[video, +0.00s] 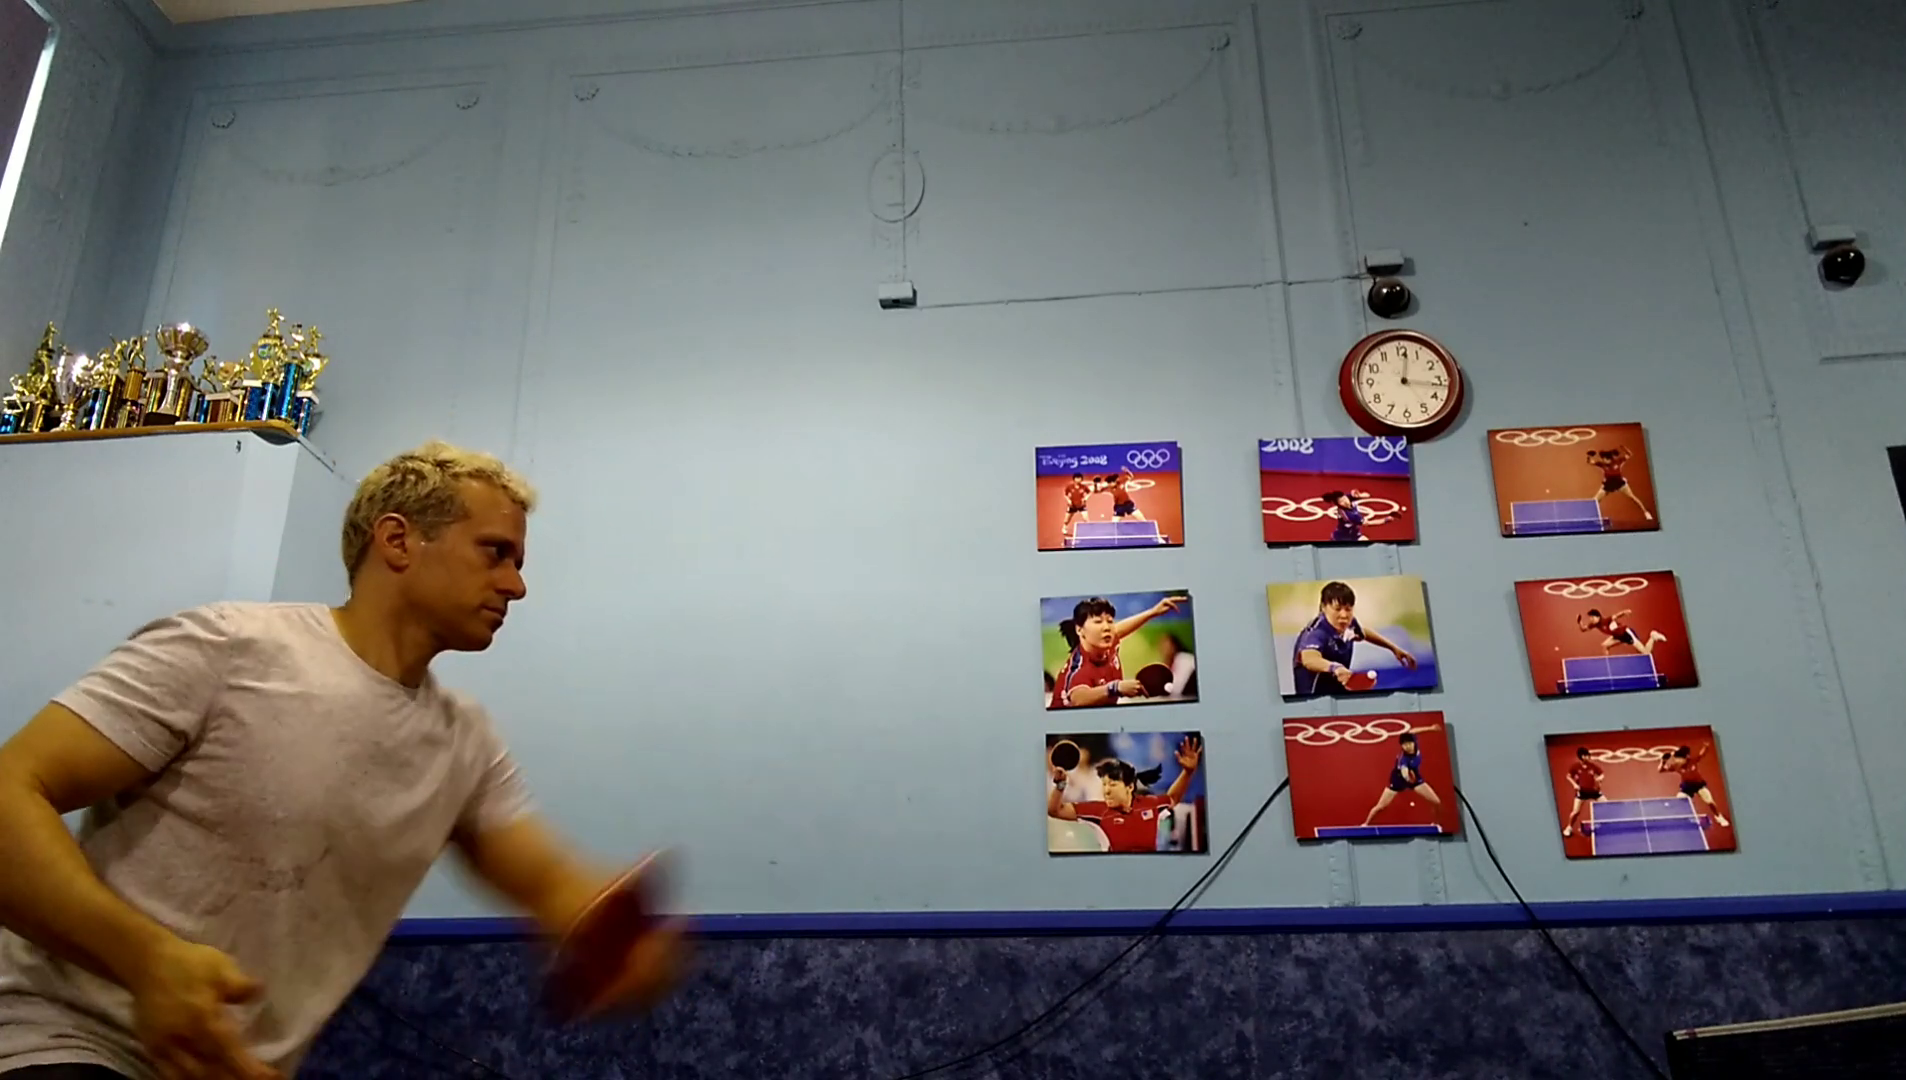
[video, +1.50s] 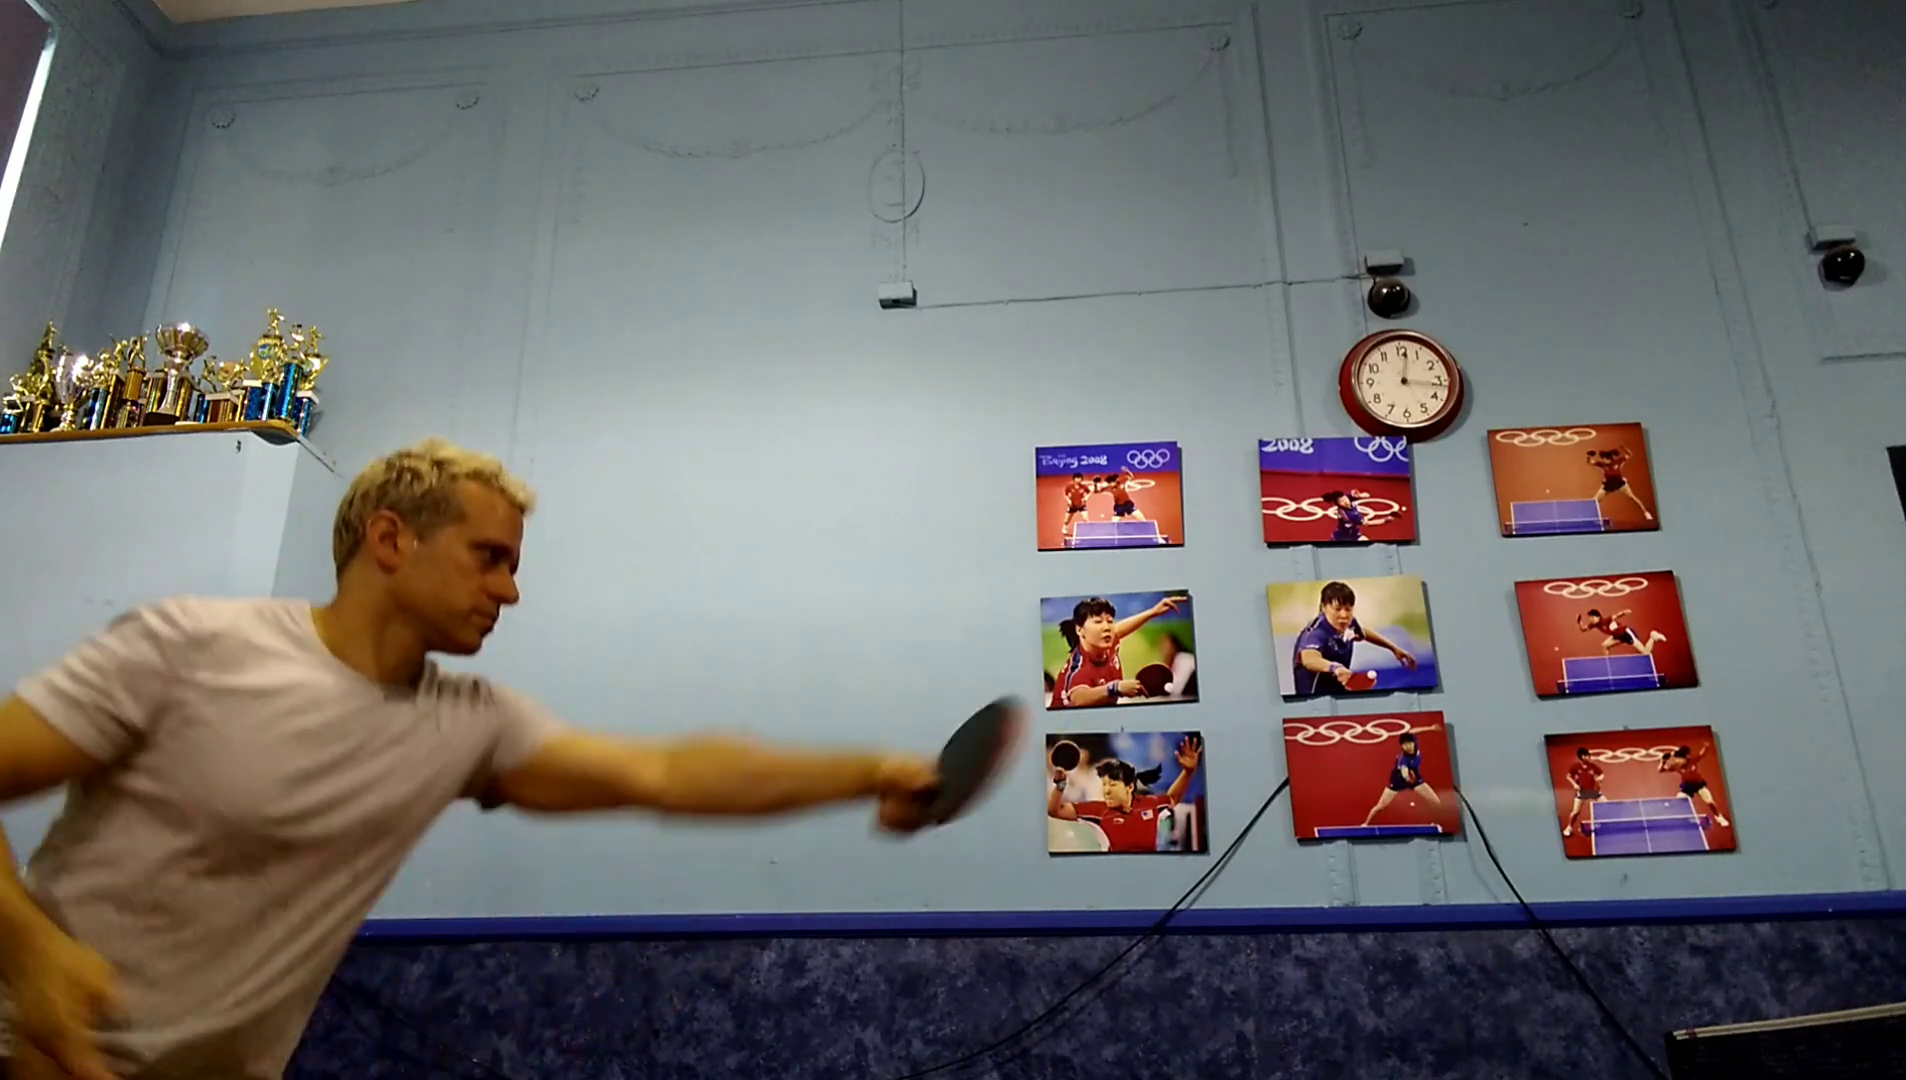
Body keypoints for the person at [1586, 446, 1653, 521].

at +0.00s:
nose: (1605, 461)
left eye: (1606, 459)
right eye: (1604, 460)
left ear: (1610, 458)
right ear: (1603, 459)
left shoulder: (1618, 462)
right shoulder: (1602, 464)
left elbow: (1629, 456)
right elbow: (1590, 463)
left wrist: (1624, 449)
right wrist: (1589, 456)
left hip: (1620, 482)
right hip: (1608, 483)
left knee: (1632, 497)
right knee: (1596, 499)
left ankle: (1645, 512)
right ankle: (1591, 519)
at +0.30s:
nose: (1605, 461)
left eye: (1606, 459)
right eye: (1603, 459)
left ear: (1609, 458)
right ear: (1602, 459)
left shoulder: (1618, 462)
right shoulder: (1602, 464)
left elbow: (1629, 456)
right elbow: (1590, 463)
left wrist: (1624, 449)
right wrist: (1589, 456)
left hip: (1620, 482)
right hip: (1608, 483)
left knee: (1632, 497)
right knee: (1595, 499)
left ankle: (1645, 512)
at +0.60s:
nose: (1605, 461)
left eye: (1606, 459)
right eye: (1603, 460)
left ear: (1610, 458)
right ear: (1603, 459)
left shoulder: (1618, 462)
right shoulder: (1602, 464)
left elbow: (1629, 456)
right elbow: (1590, 463)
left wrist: (1624, 448)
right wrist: (1589, 457)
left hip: (1620, 482)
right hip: (1608, 483)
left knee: (1632, 497)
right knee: (1596, 499)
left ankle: (1645, 512)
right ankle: (1590, 518)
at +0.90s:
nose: (1605, 461)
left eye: (1606, 459)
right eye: (1604, 459)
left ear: (1610, 458)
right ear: (1603, 459)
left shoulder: (1618, 462)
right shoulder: (1602, 464)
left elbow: (1629, 456)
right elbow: (1590, 463)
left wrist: (1624, 448)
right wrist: (1589, 457)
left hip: (1620, 482)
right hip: (1608, 483)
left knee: (1632, 497)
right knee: (1595, 499)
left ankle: (1645, 512)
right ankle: (1590, 518)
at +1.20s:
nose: (1605, 461)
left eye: (1606, 459)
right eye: (1603, 459)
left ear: (1609, 458)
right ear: (1602, 459)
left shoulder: (1618, 462)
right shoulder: (1602, 464)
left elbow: (1629, 456)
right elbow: (1590, 463)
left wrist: (1624, 449)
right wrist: (1589, 456)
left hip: (1620, 482)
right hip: (1608, 483)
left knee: (1632, 497)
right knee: (1595, 499)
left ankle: (1645, 512)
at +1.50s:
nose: (1605, 461)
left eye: (1606, 459)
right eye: (1603, 459)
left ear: (1609, 458)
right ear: (1602, 459)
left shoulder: (1618, 462)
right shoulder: (1602, 464)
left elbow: (1629, 456)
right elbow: (1590, 463)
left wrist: (1624, 449)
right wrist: (1589, 457)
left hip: (1620, 482)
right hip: (1608, 483)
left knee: (1632, 497)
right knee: (1595, 499)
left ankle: (1645, 512)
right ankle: (1591, 519)